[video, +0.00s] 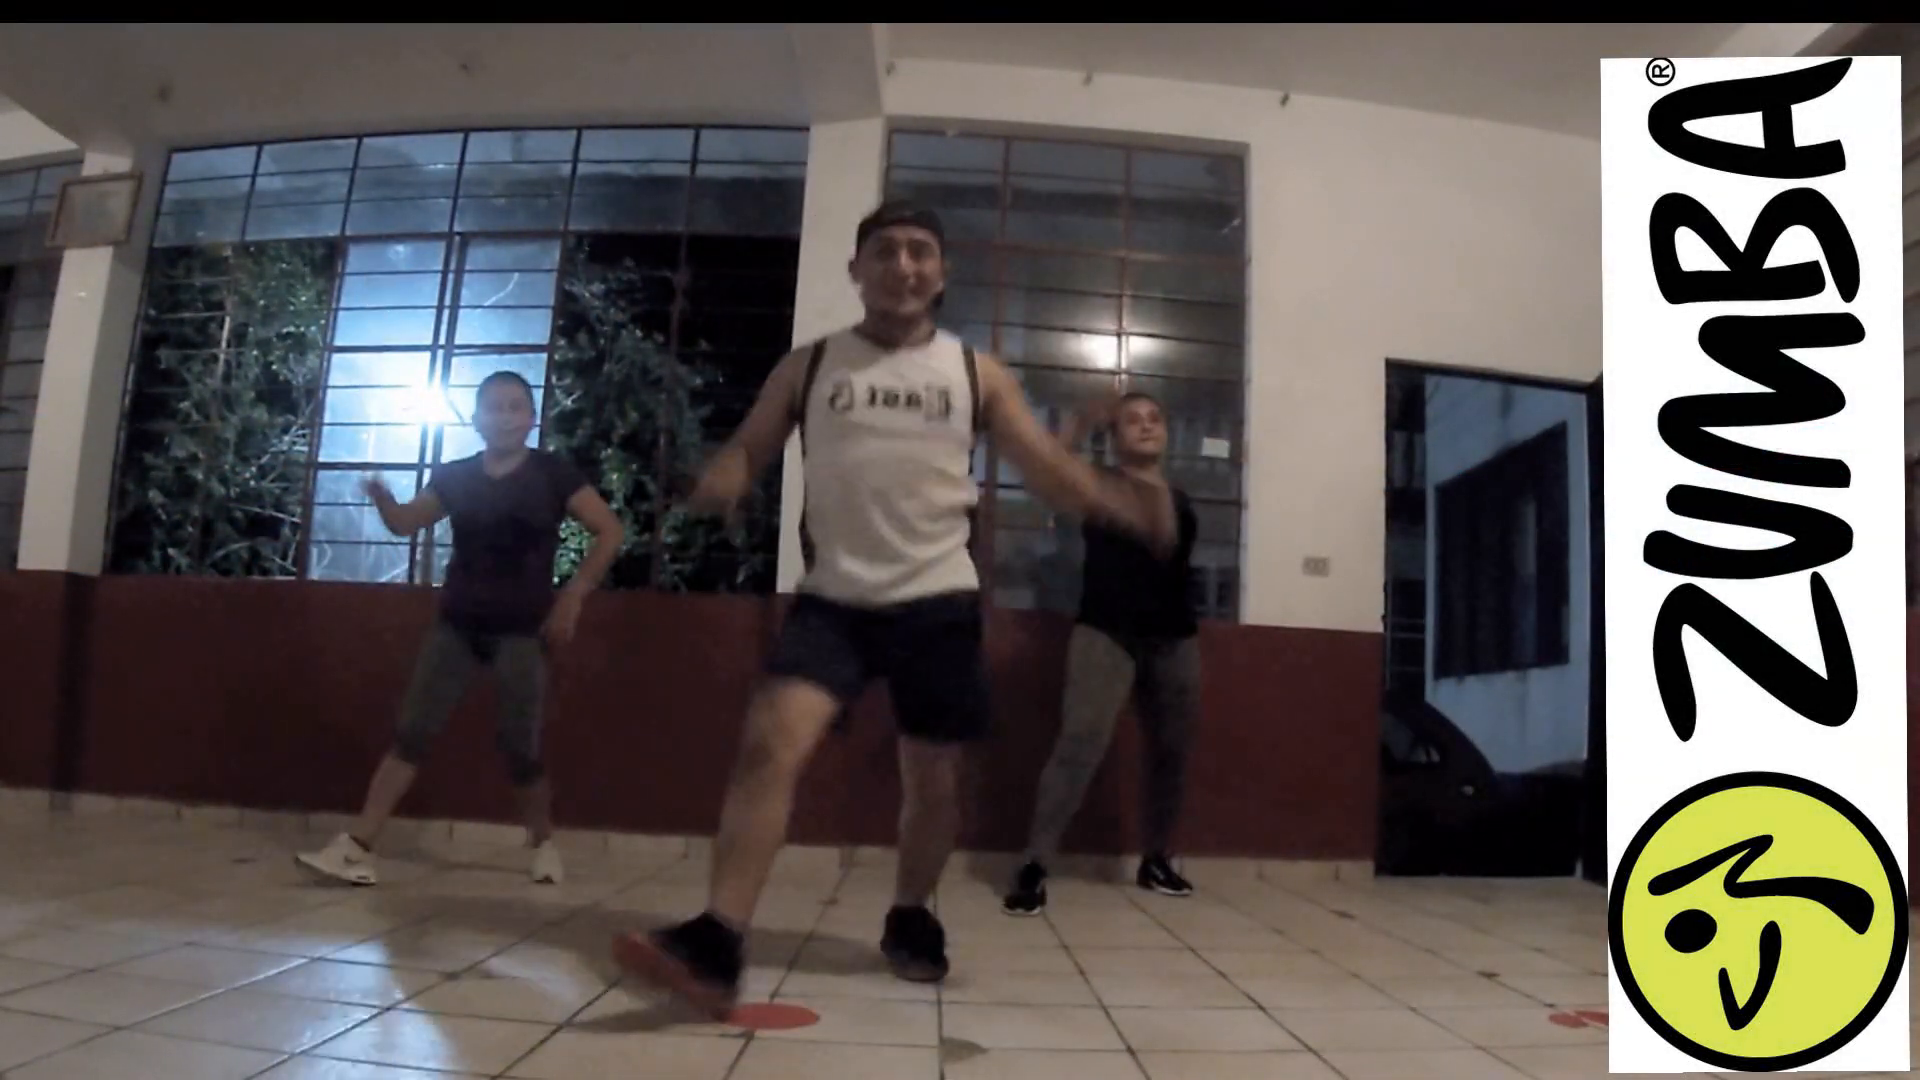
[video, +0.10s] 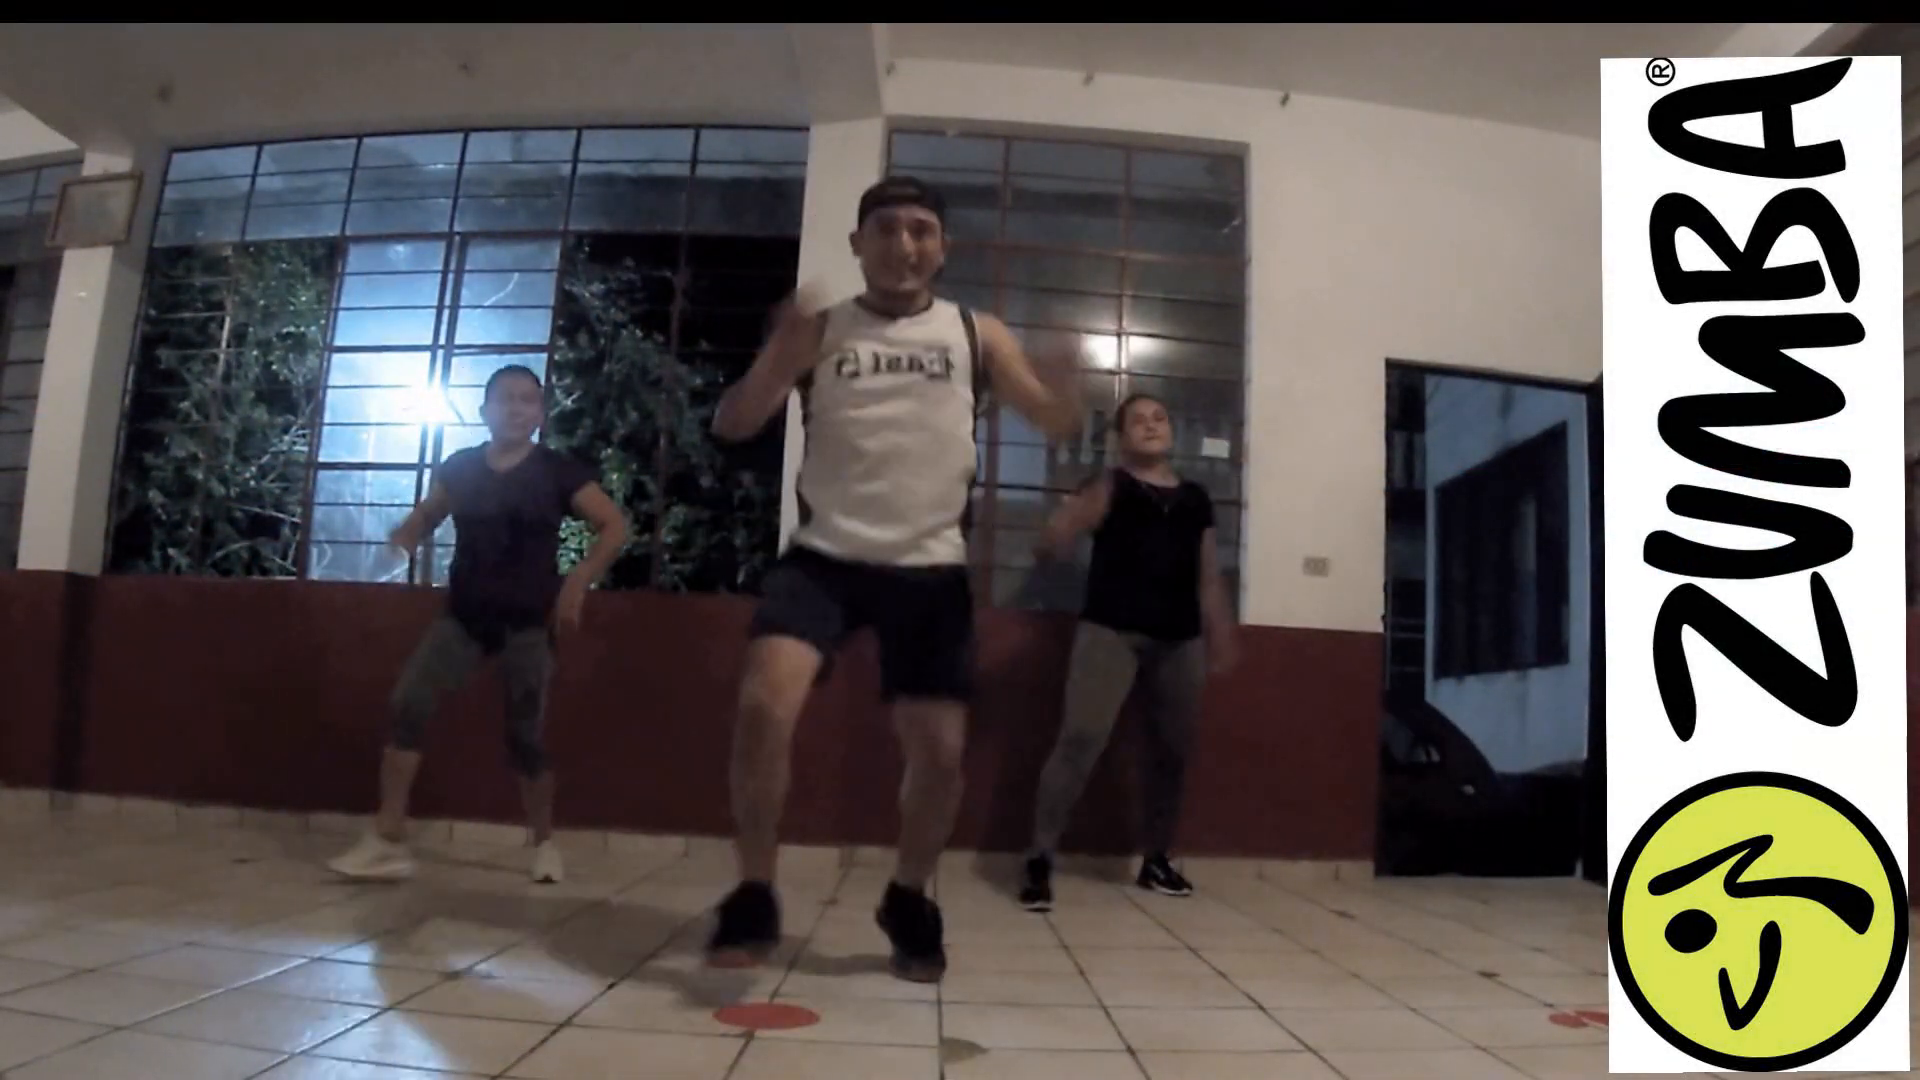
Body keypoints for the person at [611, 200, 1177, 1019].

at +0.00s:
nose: (904, 265)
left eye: (920, 253)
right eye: (887, 253)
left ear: (942, 273)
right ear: (857, 271)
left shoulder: (976, 373)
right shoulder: (812, 362)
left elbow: (1050, 465)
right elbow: (746, 451)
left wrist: (1115, 502)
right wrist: (723, 479)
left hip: (936, 603)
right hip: (833, 599)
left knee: (933, 772)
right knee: (769, 741)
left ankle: (912, 918)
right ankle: (719, 937)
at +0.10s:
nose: (906, 242)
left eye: (922, 230)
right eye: (889, 229)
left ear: (942, 248)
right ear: (859, 244)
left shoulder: (976, 334)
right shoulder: (822, 327)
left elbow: (1059, 421)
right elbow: (731, 425)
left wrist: (1066, 388)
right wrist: (780, 355)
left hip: (929, 569)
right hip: (824, 559)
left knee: (940, 753)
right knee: (762, 705)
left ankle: (911, 898)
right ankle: (754, 896)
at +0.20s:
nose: (902, 252)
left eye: (917, 240)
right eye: (886, 239)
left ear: (939, 258)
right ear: (858, 254)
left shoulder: (961, 341)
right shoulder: (823, 331)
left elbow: (1043, 398)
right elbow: (755, 404)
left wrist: (970, 324)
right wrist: (851, 340)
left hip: (921, 573)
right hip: (817, 565)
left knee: (947, 727)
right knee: (766, 727)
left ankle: (895, 880)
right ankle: (769, 891)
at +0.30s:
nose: (894, 295)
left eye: (909, 283)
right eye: (879, 281)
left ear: (932, 302)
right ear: (850, 297)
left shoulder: (952, 375)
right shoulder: (819, 373)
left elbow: (995, 427)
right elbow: (772, 431)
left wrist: (914, 360)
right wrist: (878, 386)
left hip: (914, 614)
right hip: (813, 610)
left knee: (932, 766)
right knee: (774, 783)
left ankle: (885, 913)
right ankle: (771, 915)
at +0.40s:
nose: (896, 324)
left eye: (911, 312)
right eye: (880, 311)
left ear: (932, 331)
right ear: (849, 327)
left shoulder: (954, 412)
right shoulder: (811, 411)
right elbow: (739, 429)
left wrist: (995, 414)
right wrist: (822, 390)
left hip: (930, 638)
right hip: (825, 639)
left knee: (991, 736)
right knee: (771, 804)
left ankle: (925, 893)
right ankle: (772, 915)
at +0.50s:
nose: (913, 322)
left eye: (930, 311)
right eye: (898, 310)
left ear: (953, 333)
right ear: (874, 326)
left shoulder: (981, 408)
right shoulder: (834, 400)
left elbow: (1087, 433)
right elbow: (729, 382)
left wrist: (1159, 403)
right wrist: (669, 325)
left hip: (958, 629)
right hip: (848, 636)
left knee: (1072, 704)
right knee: (787, 793)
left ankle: (1052, 883)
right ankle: (773, 916)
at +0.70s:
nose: (1015, 272)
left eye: (1031, 259)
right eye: (1000, 260)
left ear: (1057, 271)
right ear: (975, 272)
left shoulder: (1096, 352)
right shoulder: (940, 354)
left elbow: (1192, 405)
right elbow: (819, 364)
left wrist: (1297, 407)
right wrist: (701, 357)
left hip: (1081, 584)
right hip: (959, 583)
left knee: (1155, 750)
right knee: (885, 743)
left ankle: (1221, 913)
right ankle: (801, 900)